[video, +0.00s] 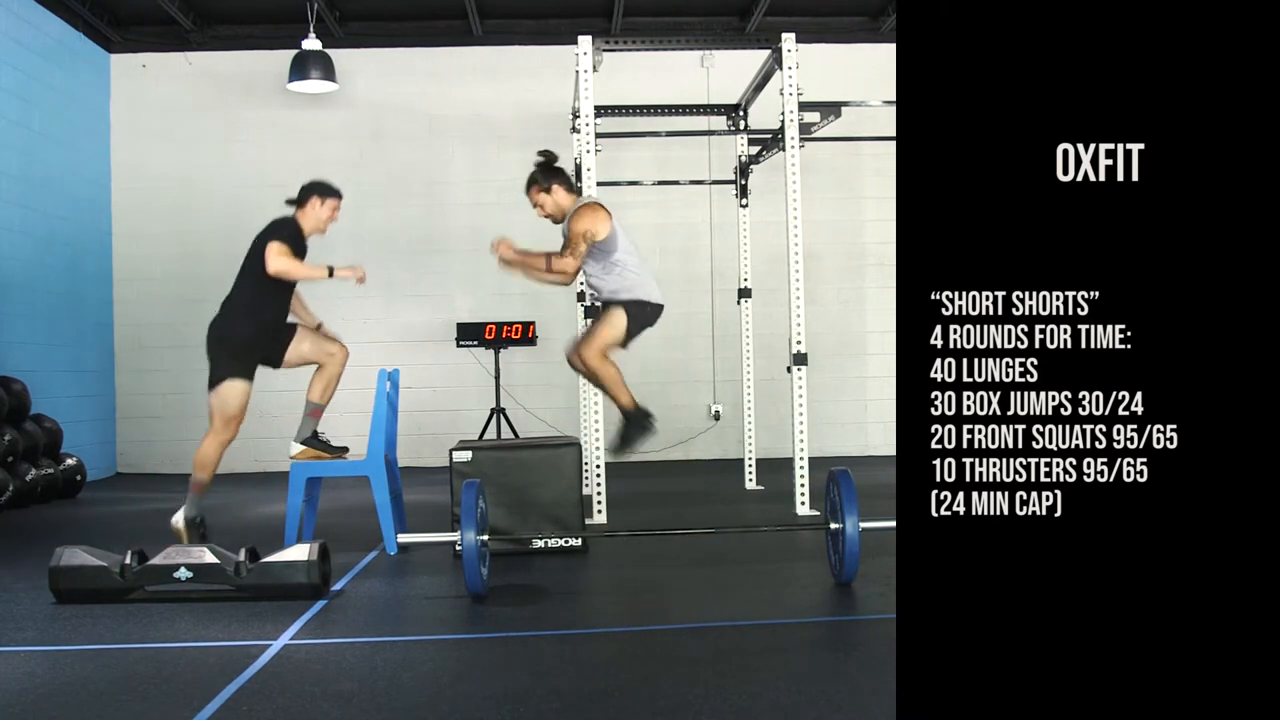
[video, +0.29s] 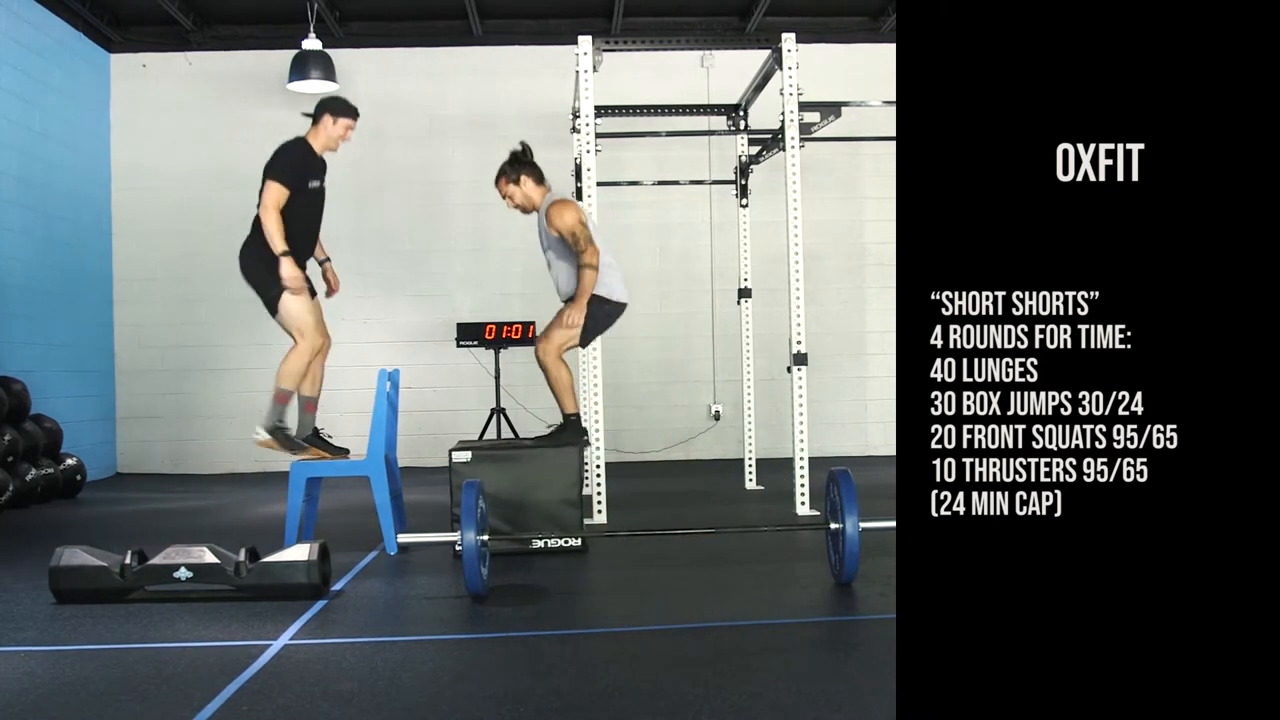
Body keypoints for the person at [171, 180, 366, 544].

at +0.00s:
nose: (335, 219)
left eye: (337, 212)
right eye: (333, 210)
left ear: (315, 206)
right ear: (313, 204)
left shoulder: (296, 242)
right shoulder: (283, 229)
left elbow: (288, 295)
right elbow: (275, 265)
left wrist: (317, 328)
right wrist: (335, 271)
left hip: (266, 335)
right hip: (234, 336)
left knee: (335, 353)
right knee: (223, 430)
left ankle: (306, 438)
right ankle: (189, 513)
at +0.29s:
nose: (347, 137)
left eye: (350, 131)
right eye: (344, 129)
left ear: (332, 126)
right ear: (325, 121)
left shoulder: (318, 163)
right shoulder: (292, 155)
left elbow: (306, 221)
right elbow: (268, 209)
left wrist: (324, 262)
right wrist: (285, 259)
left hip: (288, 259)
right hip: (264, 257)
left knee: (321, 342)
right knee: (310, 339)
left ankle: (305, 432)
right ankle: (272, 424)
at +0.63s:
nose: (349, 134)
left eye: (352, 128)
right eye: (346, 126)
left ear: (335, 123)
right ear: (327, 117)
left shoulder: (318, 159)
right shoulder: (290, 151)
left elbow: (306, 215)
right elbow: (263, 203)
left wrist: (319, 261)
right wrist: (272, 251)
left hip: (296, 258)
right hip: (272, 253)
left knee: (317, 341)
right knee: (308, 338)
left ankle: (305, 431)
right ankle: (286, 428)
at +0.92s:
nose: (339, 191)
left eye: (343, 185)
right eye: (338, 182)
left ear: (322, 174)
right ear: (320, 171)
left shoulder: (297, 207)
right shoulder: (283, 196)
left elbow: (267, 254)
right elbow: (258, 242)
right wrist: (303, 279)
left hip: (270, 306)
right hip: (240, 303)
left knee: (328, 348)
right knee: (238, 398)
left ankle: (307, 436)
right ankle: (192, 484)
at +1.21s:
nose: (289, 234)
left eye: (292, 228)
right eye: (287, 226)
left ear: (269, 221)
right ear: (268, 219)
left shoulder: (247, 252)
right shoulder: (234, 252)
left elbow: (231, 314)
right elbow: (223, 314)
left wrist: (270, 340)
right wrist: (276, 336)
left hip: (232, 353)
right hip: (205, 359)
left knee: (308, 350)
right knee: (206, 452)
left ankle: (296, 437)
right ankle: (164, 537)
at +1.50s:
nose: (268, 218)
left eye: (270, 212)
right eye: (265, 210)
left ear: (249, 208)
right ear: (243, 205)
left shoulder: (236, 245)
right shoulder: (218, 242)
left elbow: (218, 302)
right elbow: (192, 300)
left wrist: (240, 344)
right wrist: (242, 334)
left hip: (225, 359)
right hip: (199, 359)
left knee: (243, 441)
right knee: (195, 448)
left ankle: (202, 524)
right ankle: (163, 537)